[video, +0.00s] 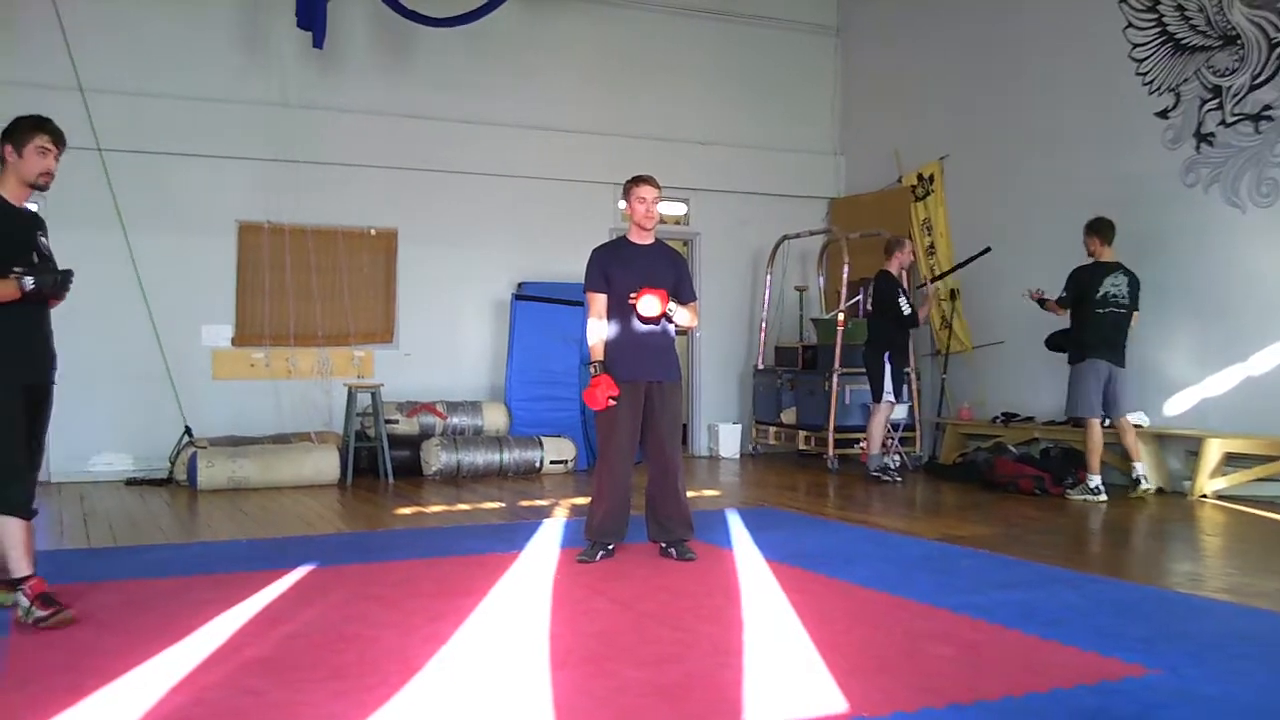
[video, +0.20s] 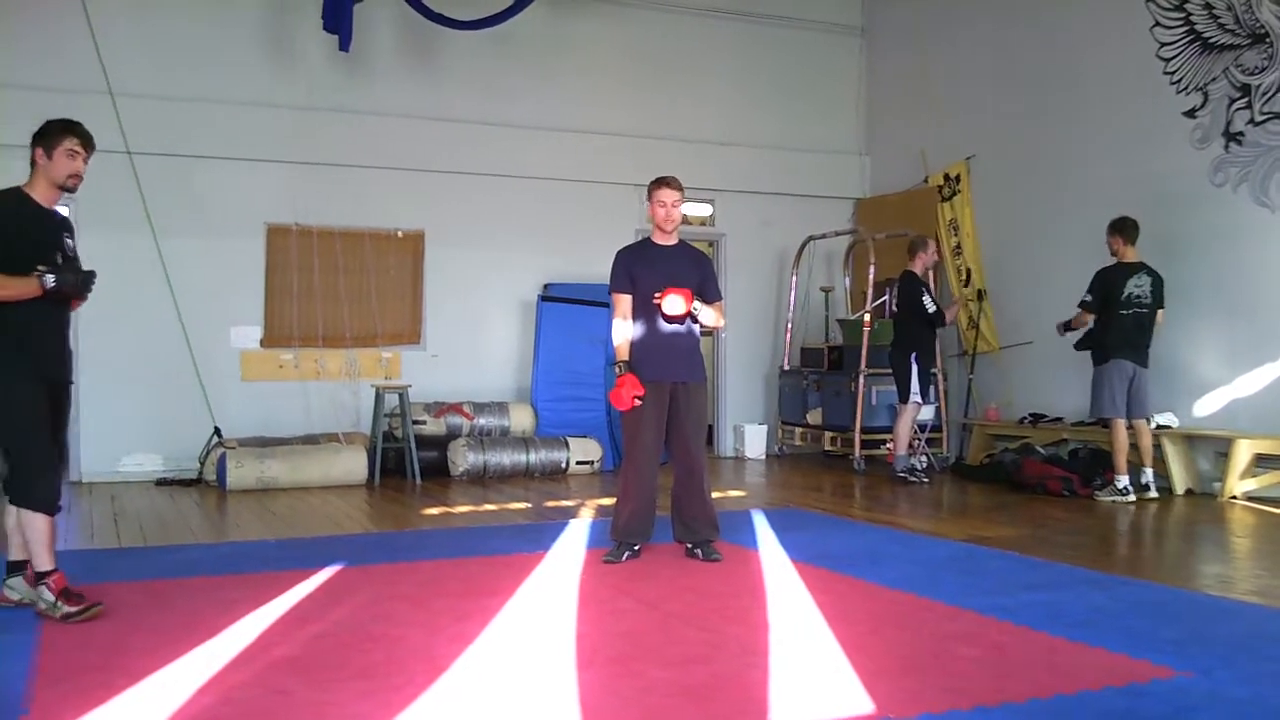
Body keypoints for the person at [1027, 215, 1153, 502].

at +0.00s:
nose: (1084, 246)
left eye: (1086, 241)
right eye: (1085, 241)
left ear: (1095, 241)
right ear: (1110, 241)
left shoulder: (1083, 274)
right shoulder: (1130, 277)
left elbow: (1059, 309)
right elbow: (1131, 319)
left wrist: (1040, 299)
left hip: (1089, 354)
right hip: (1116, 356)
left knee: (1093, 420)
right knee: (1121, 417)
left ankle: (1094, 484)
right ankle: (1141, 477)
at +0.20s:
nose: (1107, 245)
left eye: (1109, 240)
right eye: (1108, 240)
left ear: (1118, 241)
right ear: (1133, 240)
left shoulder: (1106, 275)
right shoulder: (1154, 277)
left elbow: (1084, 318)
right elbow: (1157, 318)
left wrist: (1067, 326)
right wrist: (1132, 324)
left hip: (1112, 355)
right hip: (1140, 356)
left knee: (1117, 420)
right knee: (1140, 419)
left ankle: (1122, 485)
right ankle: (1148, 482)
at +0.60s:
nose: (1111, 246)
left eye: (1113, 240)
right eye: (1112, 240)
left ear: (1123, 241)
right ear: (1136, 241)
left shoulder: (1113, 277)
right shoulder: (1155, 277)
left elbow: (1111, 318)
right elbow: (1159, 317)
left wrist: (1110, 355)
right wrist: (1128, 313)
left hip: (1118, 355)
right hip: (1142, 358)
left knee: (1120, 420)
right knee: (1144, 419)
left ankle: (1124, 484)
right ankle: (1150, 482)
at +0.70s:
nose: (1117, 246)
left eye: (1118, 241)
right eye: (1117, 241)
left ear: (1126, 241)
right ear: (1141, 240)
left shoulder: (1121, 277)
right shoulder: (1160, 277)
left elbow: (1118, 319)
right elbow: (1163, 317)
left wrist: (1112, 356)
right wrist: (1134, 313)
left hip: (1125, 355)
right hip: (1148, 357)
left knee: (1126, 420)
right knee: (1150, 419)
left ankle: (1130, 483)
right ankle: (1156, 481)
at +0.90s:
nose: (1190, 250)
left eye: (1192, 245)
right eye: (1190, 245)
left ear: (1201, 245)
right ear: (1214, 246)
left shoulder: (1195, 280)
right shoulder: (1233, 282)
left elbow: (1189, 326)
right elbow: (1234, 322)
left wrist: (1166, 353)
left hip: (1196, 361)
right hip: (1219, 362)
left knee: (1199, 428)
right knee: (1222, 426)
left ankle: (1203, 492)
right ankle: (1229, 491)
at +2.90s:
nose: (1223, 195)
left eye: (1224, 190)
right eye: (1222, 190)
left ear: (1235, 189)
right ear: (1249, 188)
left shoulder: (1227, 224)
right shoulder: (1266, 228)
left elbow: (1216, 266)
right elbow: (1245, 266)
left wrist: (1191, 261)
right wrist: (1201, 258)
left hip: (1222, 306)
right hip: (1246, 307)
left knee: (1224, 372)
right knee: (1247, 371)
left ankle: (1228, 438)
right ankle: (1254, 436)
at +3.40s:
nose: (1256, 197)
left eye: (1259, 192)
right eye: (1256, 192)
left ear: (1271, 191)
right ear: (1275, 192)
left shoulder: (1263, 222)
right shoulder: (1274, 220)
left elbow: (1255, 267)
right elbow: (1261, 264)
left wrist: (1225, 273)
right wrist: (1227, 270)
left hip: (1260, 309)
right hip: (1274, 308)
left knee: (1259, 376)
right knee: (1270, 376)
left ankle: (1265, 440)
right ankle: (1267, 437)